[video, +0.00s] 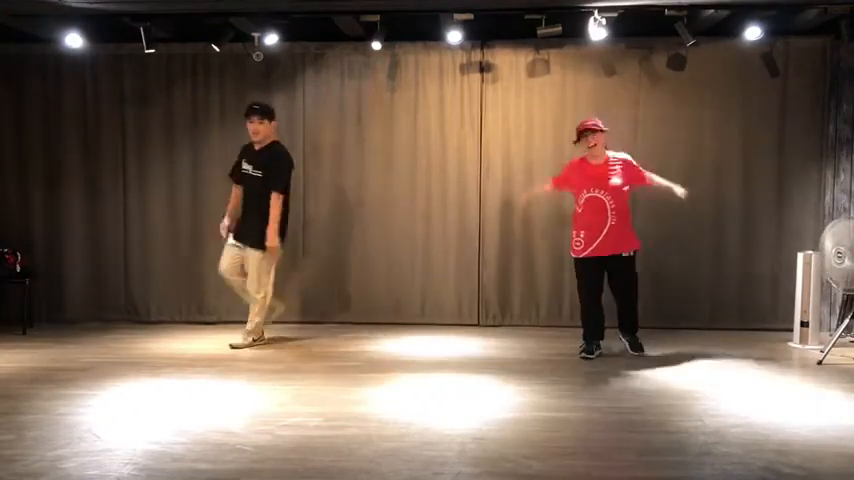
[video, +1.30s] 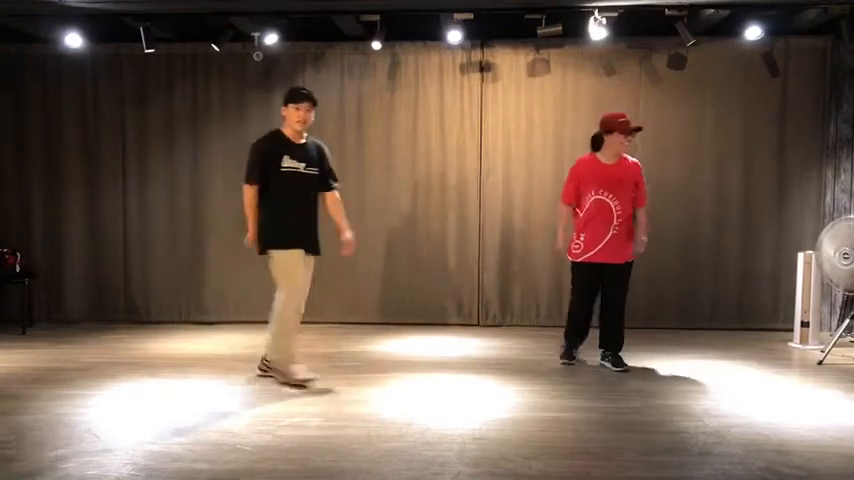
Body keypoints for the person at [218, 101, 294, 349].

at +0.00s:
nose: (253, 128)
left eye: (259, 123)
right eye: (250, 123)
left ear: (272, 125)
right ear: (246, 126)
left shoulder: (280, 157)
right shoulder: (247, 151)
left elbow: (276, 198)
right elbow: (238, 187)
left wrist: (272, 232)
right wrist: (229, 217)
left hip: (264, 233)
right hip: (242, 228)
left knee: (259, 288)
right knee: (228, 270)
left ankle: (254, 331)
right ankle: (267, 305)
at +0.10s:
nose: (247, 126)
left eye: (253, 120)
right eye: (243, 120)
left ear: (265, 123)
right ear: (239, 124)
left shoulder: (275, 154)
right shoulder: (236, 151)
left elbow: (275, 194)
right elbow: (234, 188)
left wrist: (254, 226)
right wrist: (231, 219)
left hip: (261, 229)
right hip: (234, 225)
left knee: (257, 285)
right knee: (216, 269)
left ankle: (254, 330)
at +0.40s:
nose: (224, 126)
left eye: (230, 120)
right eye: (219, 120)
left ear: (241, 124)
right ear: (214, 124)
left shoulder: (255, 155)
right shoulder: (207, 156)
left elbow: (263, 195)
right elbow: (196, 196)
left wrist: (244, 228)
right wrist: (190, 231)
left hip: (242, 238)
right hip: (209, 237)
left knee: (243, 291)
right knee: (199, 290)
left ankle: (243, 334)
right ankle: (196, 343)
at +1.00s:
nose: (267, 119)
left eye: (273, 114)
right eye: (262, 113)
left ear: (278, 120)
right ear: (250, 116)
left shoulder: (283, 159)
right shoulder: (233, 147)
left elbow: (285, 201)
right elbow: (216, 184)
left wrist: (285, 238)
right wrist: (220, 223)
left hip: (270, 241)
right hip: (235, 239)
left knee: (272, 302)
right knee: (214, 299)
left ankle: (271, 358)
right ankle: (198, 341)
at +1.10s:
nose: (283, 118)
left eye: (288, 113)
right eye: (277, 112)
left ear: (293, 119)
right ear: (265, 114)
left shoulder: (296, 156)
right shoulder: (246, 145)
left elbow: (299, 201)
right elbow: (229, 186)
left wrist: (298, 237)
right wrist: (227, 229)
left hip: (283, 241)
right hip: (249, 239)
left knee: (281, 302)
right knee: (238, 295)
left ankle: (272, 358)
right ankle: (214, 338)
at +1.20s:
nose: (293, 116)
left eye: (298, 111)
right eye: (287, 110)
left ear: (304, 116)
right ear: (275, 112)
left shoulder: (308, 153)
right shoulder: (254, 146)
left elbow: (315, 197)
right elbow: (240, 188)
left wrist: (319, 235)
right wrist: (237, 228)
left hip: (296, 240)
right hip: (263, 238)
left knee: (289, 303)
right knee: (267, 296)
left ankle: (273, 359)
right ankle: (243, 348)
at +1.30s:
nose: (304, 116)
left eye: (309, 111)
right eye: (298, 110)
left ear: (313, 115)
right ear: (284, 111)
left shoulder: (316, 150)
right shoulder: (265, 146)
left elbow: (330, 192)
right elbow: (251, 187)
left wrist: (344, 227)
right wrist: (252, 228)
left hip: (306, 235)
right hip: (277, 234)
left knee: (294, 299)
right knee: (292, 295)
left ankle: (273, 358)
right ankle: (281, 362)